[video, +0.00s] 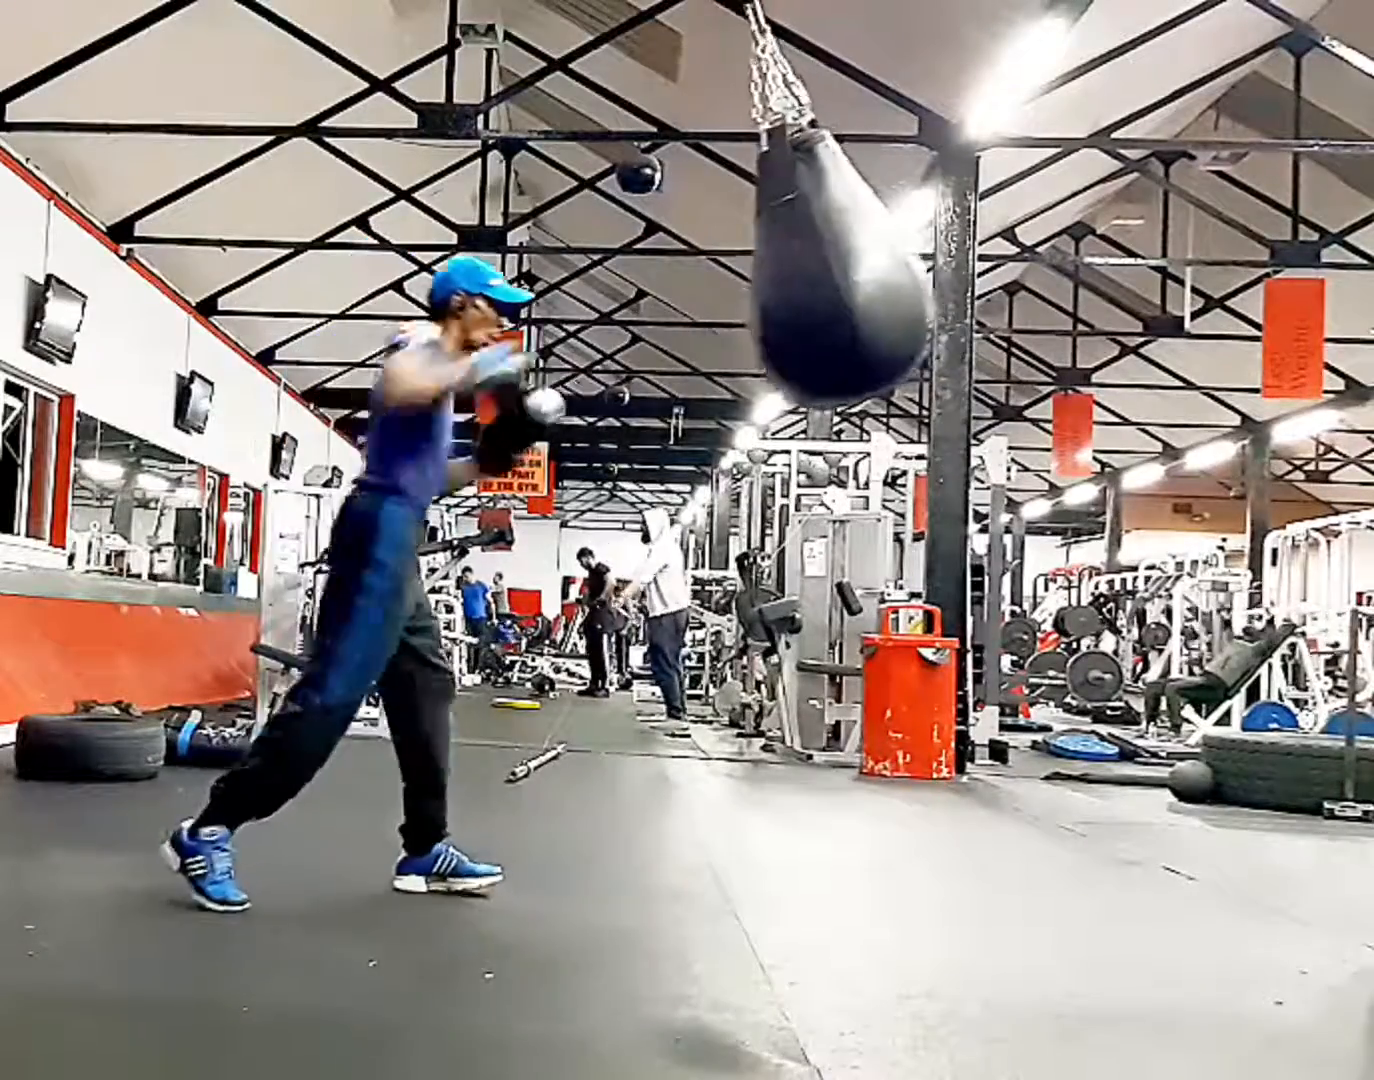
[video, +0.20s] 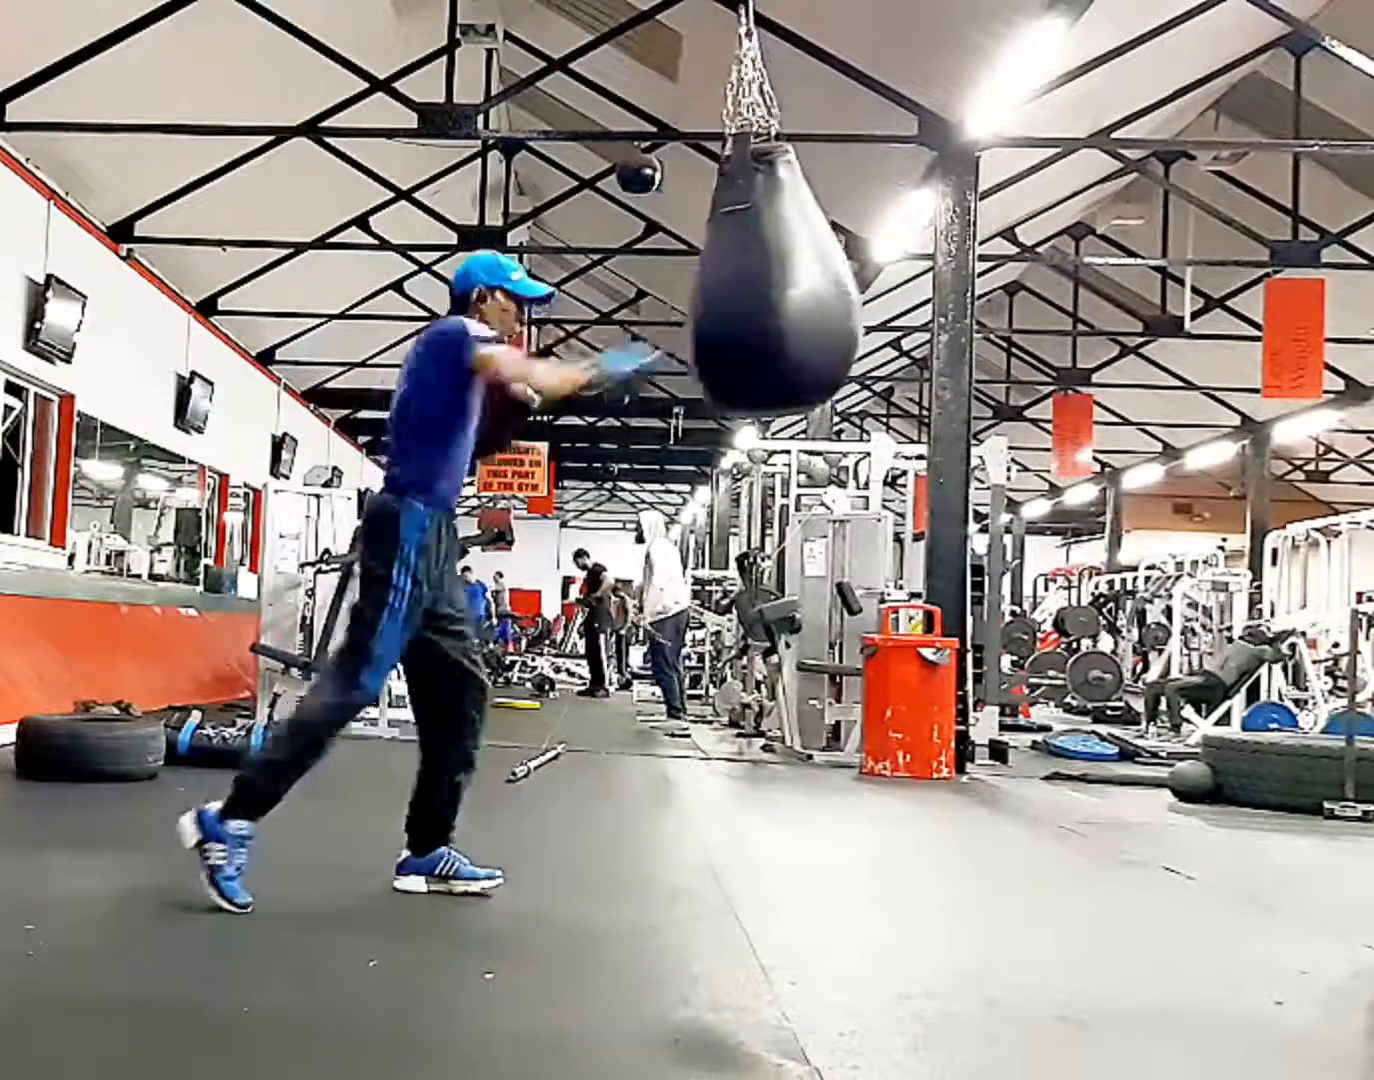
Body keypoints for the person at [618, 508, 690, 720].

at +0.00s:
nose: (642, 529)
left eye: (645, 525)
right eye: (643, 525)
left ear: (656, 526)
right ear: (661, 526)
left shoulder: (661, 548)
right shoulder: (668, 545)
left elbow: (645, 575)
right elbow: (645, 576)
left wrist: (625, 595)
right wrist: (626, 591)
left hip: (666, 611)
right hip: (673, 609)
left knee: (663, 662)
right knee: (671, 660)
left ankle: (675, 708)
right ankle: (677, 706)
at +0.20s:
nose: (636, 530)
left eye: (639, 526)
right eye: (637, 525)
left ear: (648, 527)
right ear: (657, 526)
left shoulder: (656, 550)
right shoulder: (669, 547)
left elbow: (656, 583)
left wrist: (647, 611)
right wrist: (640, 592)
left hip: (665, 610)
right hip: (678, 607)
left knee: (663, 662)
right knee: (672, 660)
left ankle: (675, 710)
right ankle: (678, 706)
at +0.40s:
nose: (633, 530)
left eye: (637, 526)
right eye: (635, 526)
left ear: (646, 528)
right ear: (652, 527)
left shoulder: (657, 550)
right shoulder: (655, 549)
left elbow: (671, 583)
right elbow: (657, 584)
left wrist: (672, 617)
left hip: (666, 615)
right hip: (664, 614)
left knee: (664, 667)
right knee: (670, 665)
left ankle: (675, 711)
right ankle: (677, 708)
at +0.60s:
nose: (633, 530)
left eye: (637, 526)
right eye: (635, 526)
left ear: (646, 529)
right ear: (651, 529)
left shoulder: (660, 550)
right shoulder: (651, 551)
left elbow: (678, 581)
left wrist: (686, 615)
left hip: (666, 616)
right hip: (659, 616)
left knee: (664, 666)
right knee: (668, 665)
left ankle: (676, 712)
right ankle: (676, 710)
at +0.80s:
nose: (634, 531)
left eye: (638, 527)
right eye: (636, 527)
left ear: (647, 529)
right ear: (651, 529)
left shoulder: (662, 551)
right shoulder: (649, 552)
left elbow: (681, 581)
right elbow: (649, 584)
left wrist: (690, 613)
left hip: (668, 616)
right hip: (660, 616)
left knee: (664, 666)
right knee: (668, 665)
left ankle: (676, 711)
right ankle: (676, 709)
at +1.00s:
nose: (633, 530)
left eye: (636, 526)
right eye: (634, 526)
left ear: (646, 529)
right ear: (649, 529)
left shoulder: (660, 551)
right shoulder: (647, 552)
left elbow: (681, 581)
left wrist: (691, 615)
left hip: (669, 616)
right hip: (659, 616)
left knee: (666, 667)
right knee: (668, 666)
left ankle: (676, 712)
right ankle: (676, 710)